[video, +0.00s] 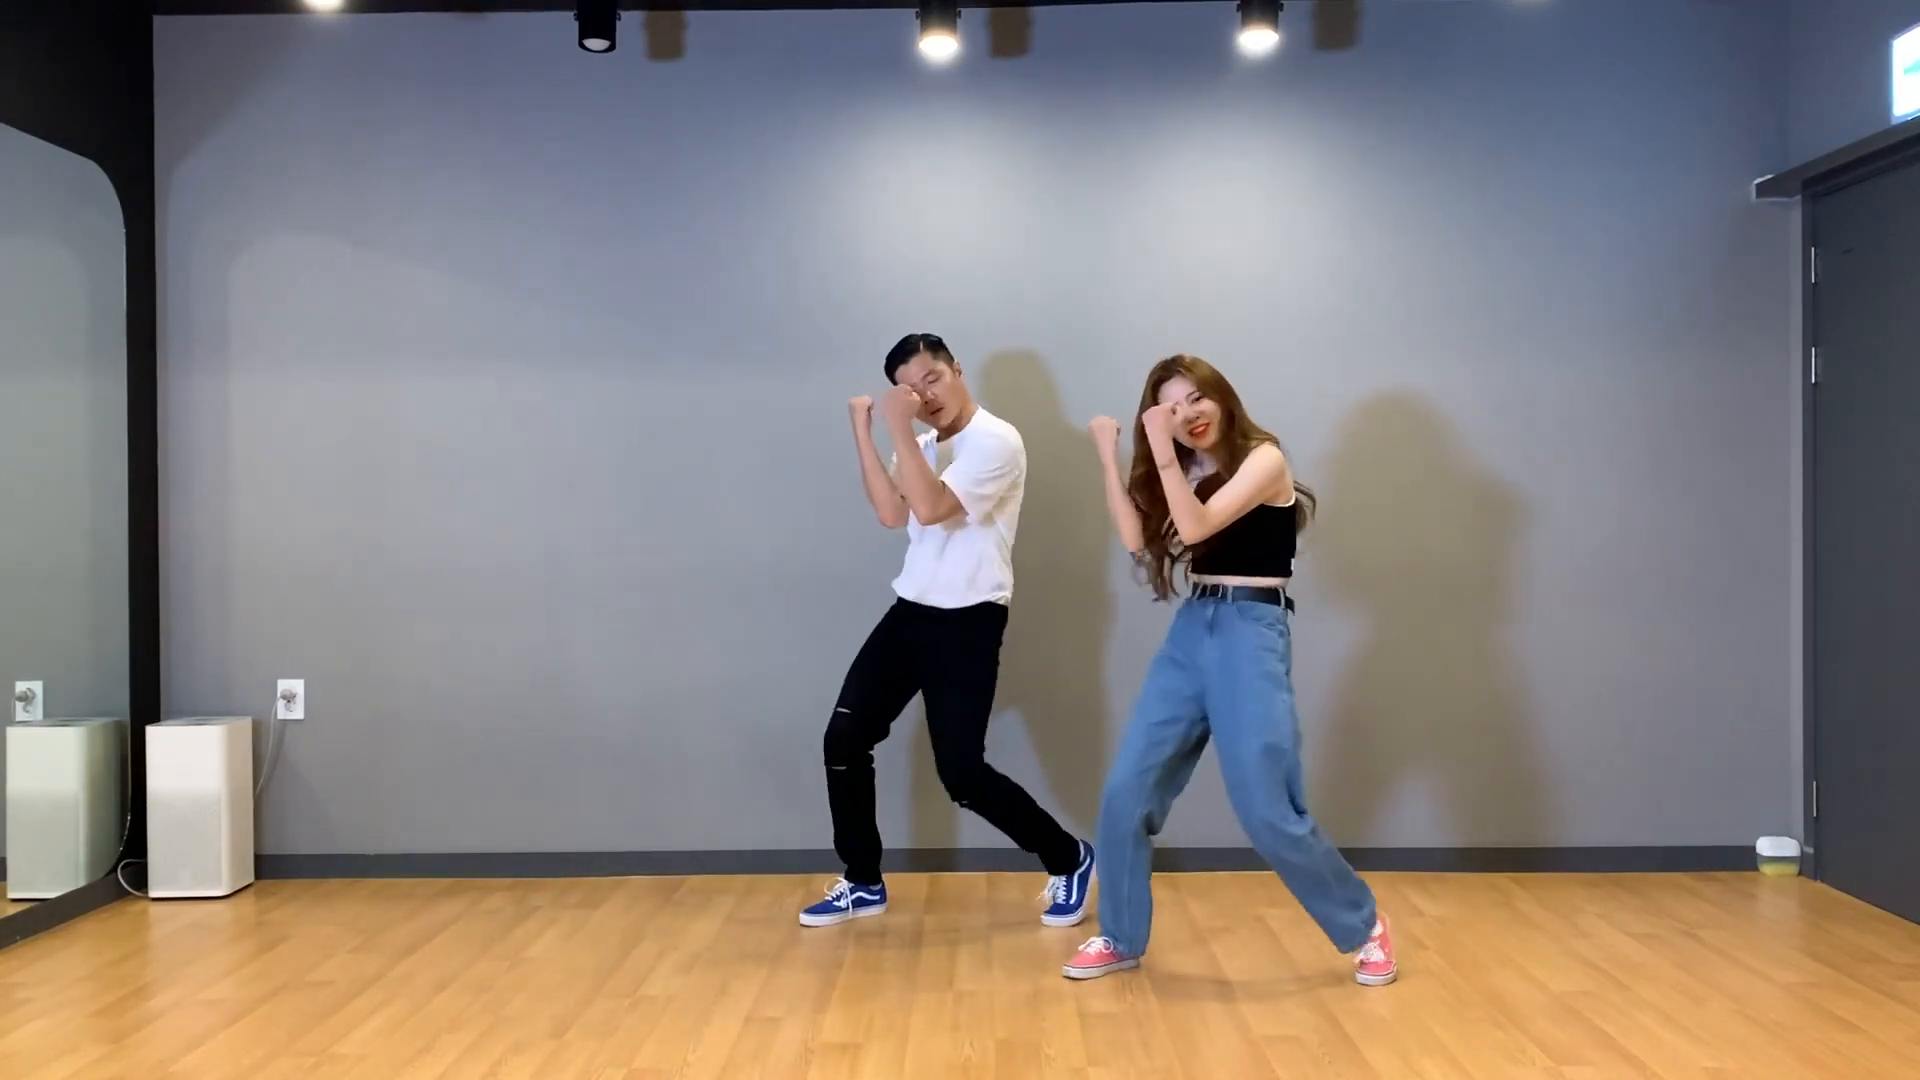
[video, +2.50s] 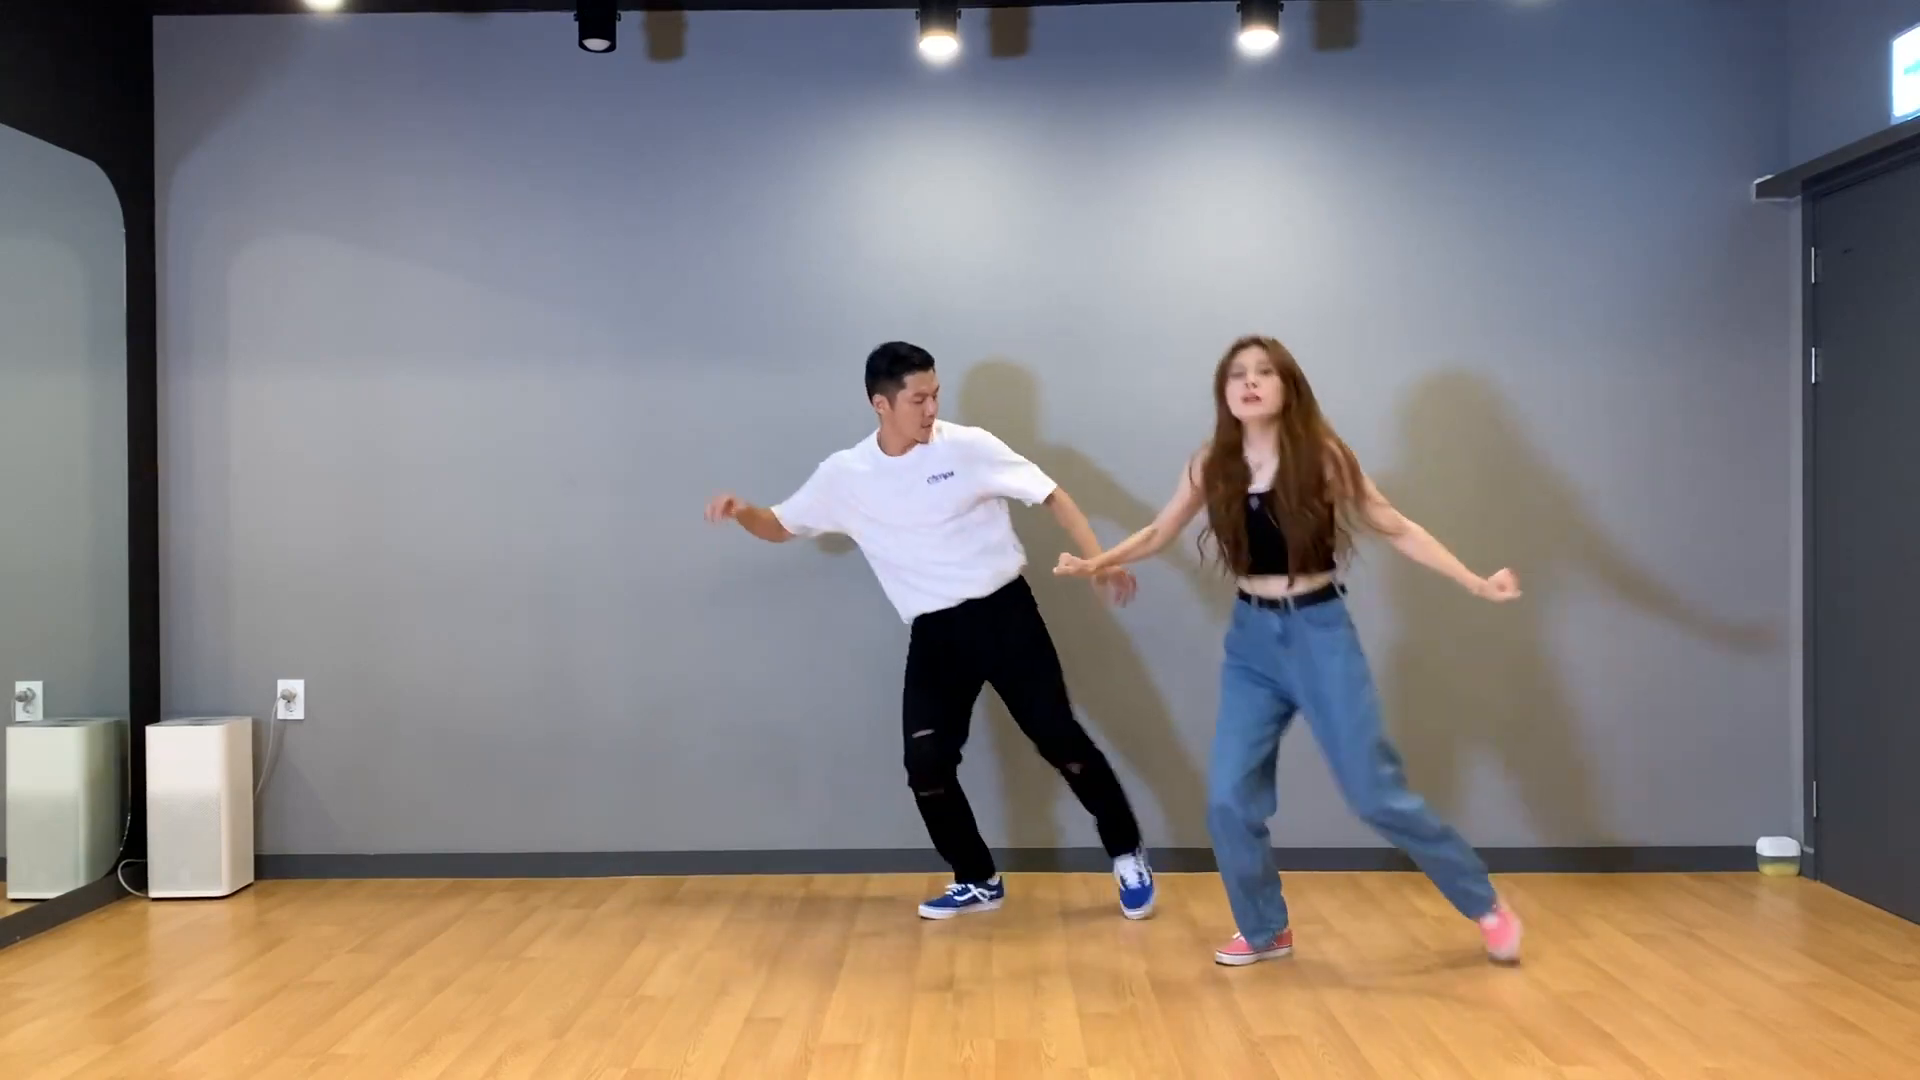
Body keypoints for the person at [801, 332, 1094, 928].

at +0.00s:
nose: (925, 396)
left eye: (932, 379)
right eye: (913, 390)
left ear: (958, 372)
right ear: (907, 400)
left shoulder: (998, 441)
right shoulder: (926, 445)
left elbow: (931, 507)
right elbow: (891, 512)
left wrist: (902, 429)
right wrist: (864, 437)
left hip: (968, 622)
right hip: (909, 614)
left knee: (963, 776)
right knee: (845, 739)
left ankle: (1071, 860)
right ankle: (863, 883)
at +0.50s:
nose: (923, 375)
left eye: (933, 360)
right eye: (909, 366)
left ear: (957, 360)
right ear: (899, 375)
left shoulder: (1005, 439)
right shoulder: (884, 437)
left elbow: (1029, 533)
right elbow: (858, 525)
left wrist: (1023, 620)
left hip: (968, 622)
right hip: (892, 618)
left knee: (991, 758)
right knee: (831, 737)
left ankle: (1010, 877)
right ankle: (860, 881)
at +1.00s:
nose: (929, 381)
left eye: (937, 366)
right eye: (914, 371)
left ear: (949, 363)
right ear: (889, 373)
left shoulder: (986, 439)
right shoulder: (861, 431)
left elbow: (1002, 540)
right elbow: (828, 513)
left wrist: (1015, 624)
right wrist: (787, 584)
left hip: (972, 616)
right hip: (892, 618)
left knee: (1024, 747)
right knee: (858, 751)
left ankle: (1017, 881)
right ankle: (841, 879)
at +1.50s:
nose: (921, 381)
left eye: (928, 369)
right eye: (908, 368)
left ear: (935, 373)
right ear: (875, 372)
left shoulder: (955, 439)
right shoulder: (828, 437)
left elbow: (973, 538)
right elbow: (803, 526)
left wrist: (981, 622)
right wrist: (803, 610)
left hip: (940, 619)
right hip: (859, 619)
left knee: (972, 743)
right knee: (825, 747)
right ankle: (850, 879)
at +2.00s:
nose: (883, 388)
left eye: (893, 374)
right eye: (868, 376)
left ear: (905, 374)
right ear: (844, 378)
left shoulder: (936, 442)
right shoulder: (812, 438)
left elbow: (949, 538)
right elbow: (771, 519)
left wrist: (956, 621)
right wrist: (728, 593)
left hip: (913, 622)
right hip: (834, 620)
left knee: (930, 759)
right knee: (792, 741)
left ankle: (901, 870)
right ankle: (754, 863)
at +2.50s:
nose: (932, 409)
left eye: (934, 396)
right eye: (918, 399)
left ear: (936, 393)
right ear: (880, 404)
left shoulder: (969, 446)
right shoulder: (844, 474)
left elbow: (1053, 496)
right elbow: (780, 525)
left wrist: (1097, 559)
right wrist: (742, 512)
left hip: (1006, 612)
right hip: (935, 632)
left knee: (1059, 739)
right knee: (926, 766)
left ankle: (1126, 853)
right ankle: (978, 880)